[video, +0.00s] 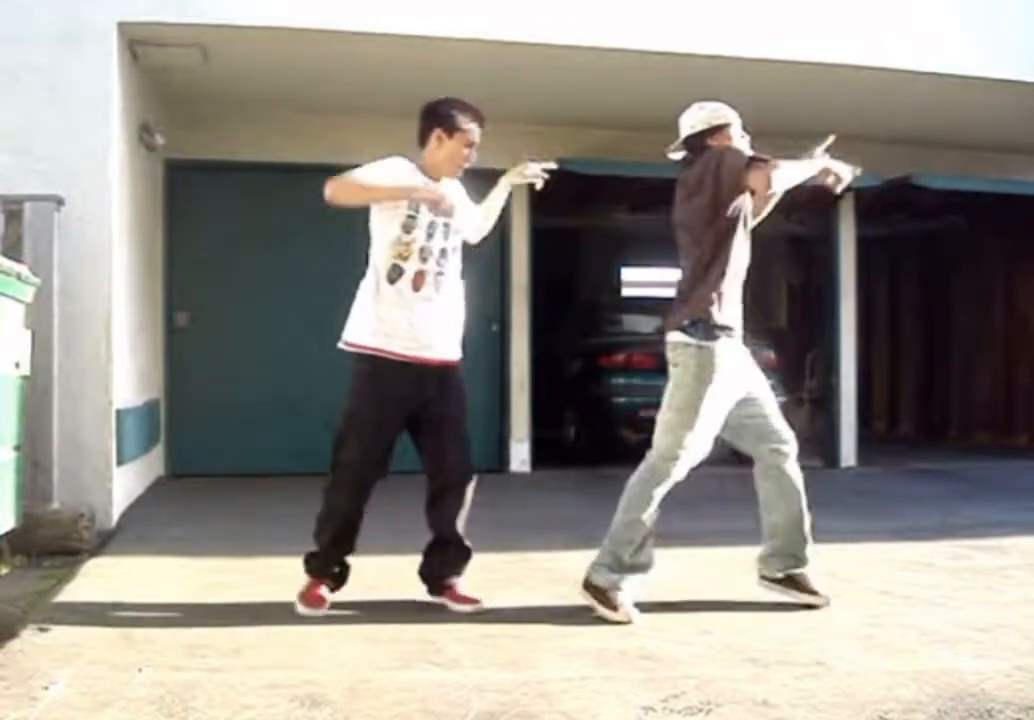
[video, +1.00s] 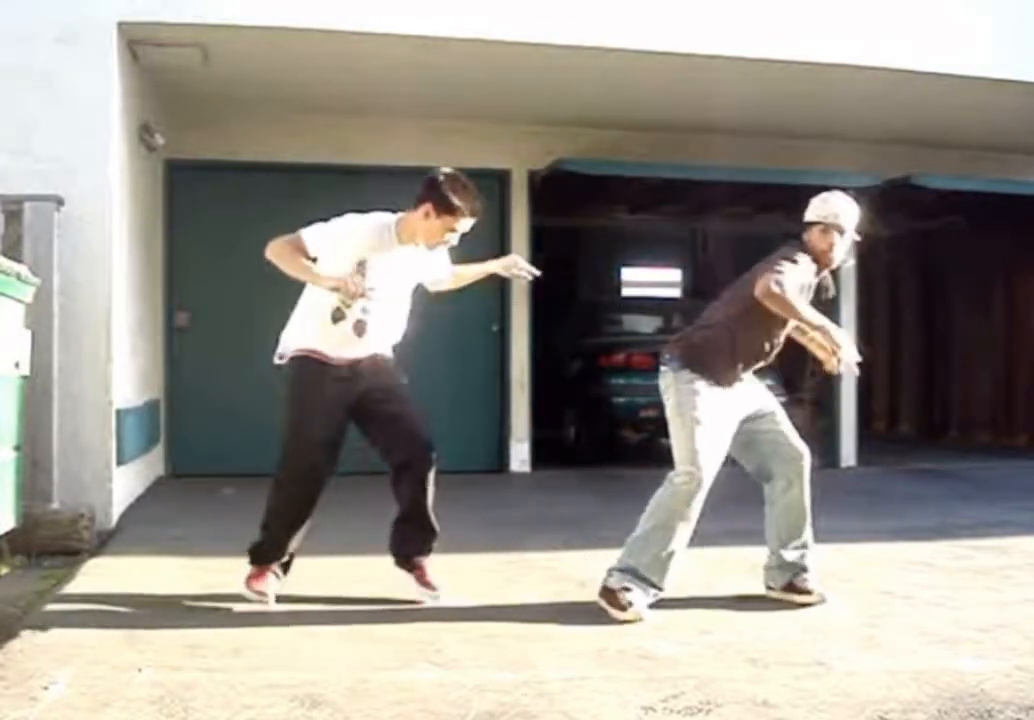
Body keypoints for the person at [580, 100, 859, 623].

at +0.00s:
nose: (744, 141)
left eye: (740, 134)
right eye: (736, 133)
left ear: (702, 141)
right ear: (715, 136)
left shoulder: (705, 184)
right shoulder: (714, 163)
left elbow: (753, 209)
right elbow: (772, 173)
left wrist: (807, 173)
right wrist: (818, 161)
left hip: (723, 344)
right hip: (703, 343)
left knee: (776, 446)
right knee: (669, 458)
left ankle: (786, 565)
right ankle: (607, 575)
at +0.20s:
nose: (757, 150)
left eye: (752, 142)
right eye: (749, 143)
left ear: (711, 156)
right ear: (729, 150)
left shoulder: (710, 196)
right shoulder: (741, 184)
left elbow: (761, 209)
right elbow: (805, 199)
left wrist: (785, 167)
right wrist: (834, 144)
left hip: (747, 347)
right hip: (740, 346)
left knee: (779, 456)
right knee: (702, 460)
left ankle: (785, 574)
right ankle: (616, 561)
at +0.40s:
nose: (778, 157)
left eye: (776, 151)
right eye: (771, 150)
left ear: (737, 161)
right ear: (750, 156)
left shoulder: (733, 202)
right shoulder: (753, 188)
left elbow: (766, 225)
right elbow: (814, 208)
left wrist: (788, 183)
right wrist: (837, 154)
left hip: (753, 351)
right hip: (745, 349)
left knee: (795, 456)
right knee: (703, 460)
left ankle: (787, 572)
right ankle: (614, 562)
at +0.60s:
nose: (841, 188)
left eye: (842, 179)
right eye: (835, 177)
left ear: (805, 177)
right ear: (814, 172)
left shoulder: (785, 209)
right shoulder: (791, 195)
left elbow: (769, 267)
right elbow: (807, 225)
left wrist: (815, 270)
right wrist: (863, 230)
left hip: (750, 352)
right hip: (721, 344)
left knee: (784, 459)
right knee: (700, 459)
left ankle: (787, 573)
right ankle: (624, 569)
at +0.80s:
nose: (868, 255)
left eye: (870, 245)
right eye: (863, 243)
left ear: (849, 244)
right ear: (836, 239)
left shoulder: (817, 283)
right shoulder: (802, 269)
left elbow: (775, 328)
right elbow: (765, 321)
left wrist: (826, 336)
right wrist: (836, 325)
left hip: (733, 374)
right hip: (693, 368)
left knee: (784, 458)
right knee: (699, 477)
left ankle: (784, 574)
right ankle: (624, 579)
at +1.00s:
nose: (832, 241)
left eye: (841, 233)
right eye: (824, 230)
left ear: (851, 241)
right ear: (808, 230)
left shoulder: (813, 276)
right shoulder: (795, 260)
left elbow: (787, 320)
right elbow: (769, 289)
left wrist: (825, 351)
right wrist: (830, 330)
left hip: (740, 379)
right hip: (694, 373)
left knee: (790, 460)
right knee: (693, 476)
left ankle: (787, 572)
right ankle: (628, 582)